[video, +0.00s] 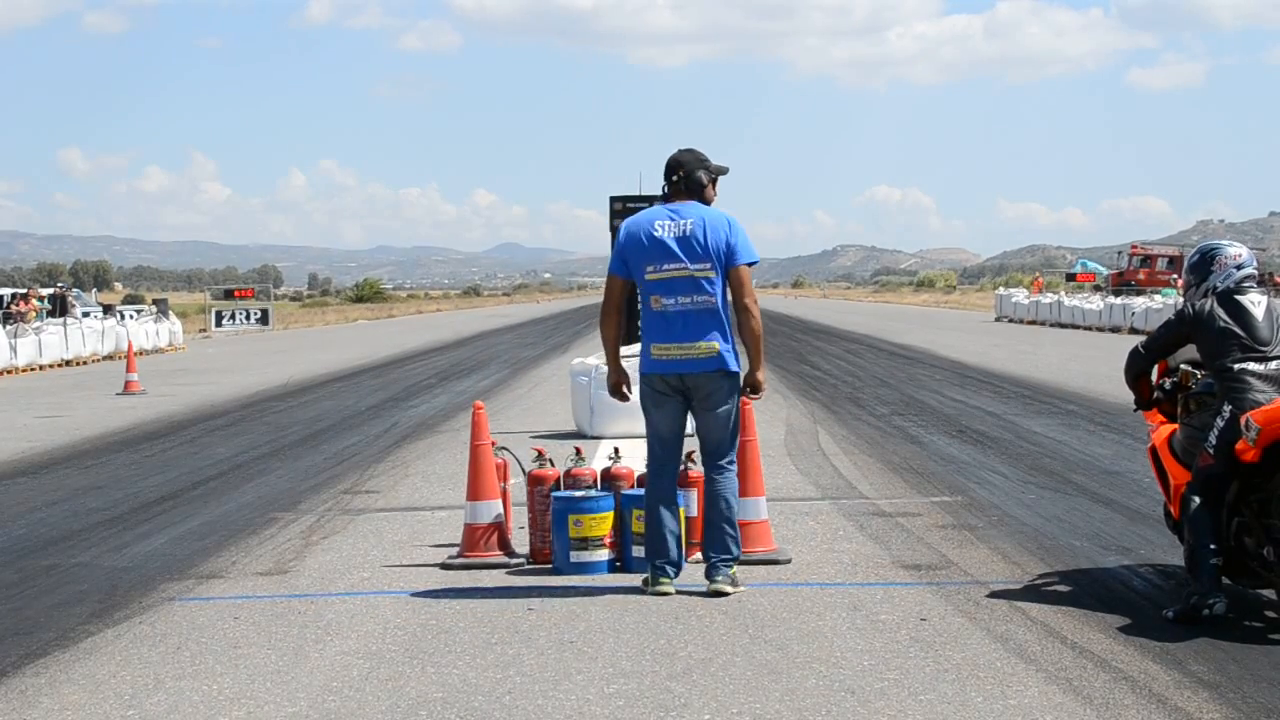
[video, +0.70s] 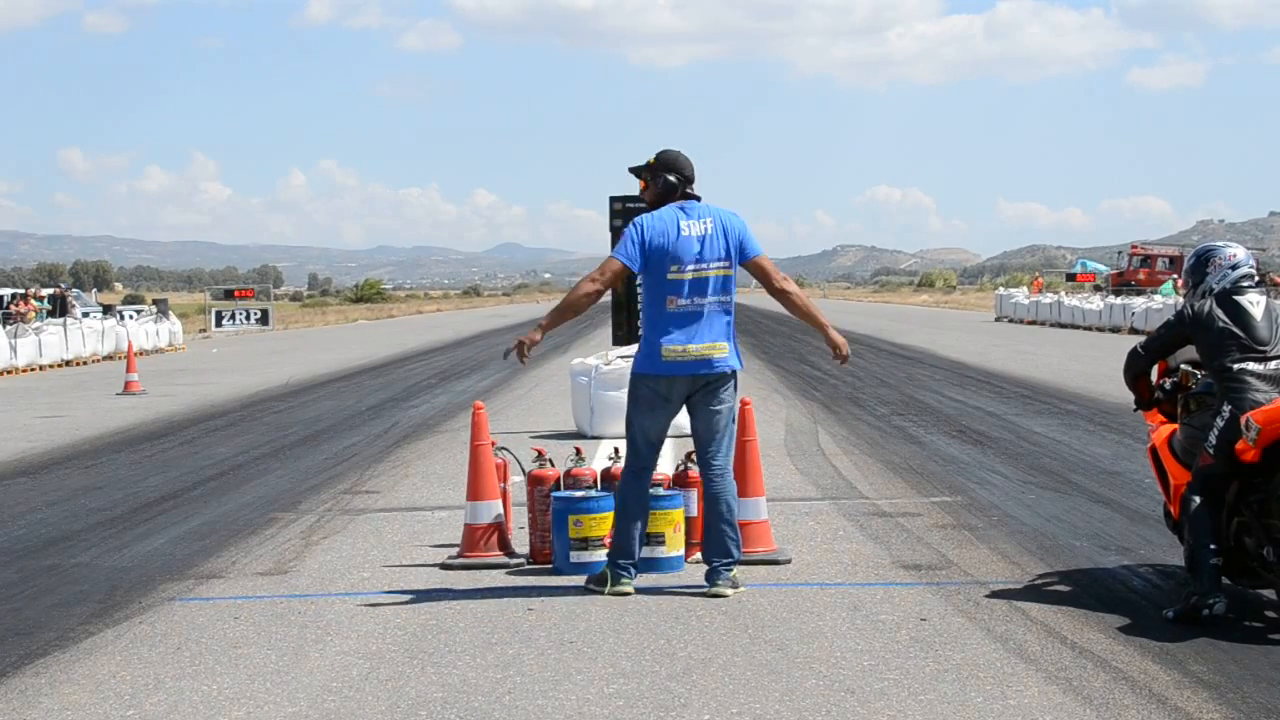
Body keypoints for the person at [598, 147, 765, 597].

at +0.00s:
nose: (716, 191)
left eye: (716, 184)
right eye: (714, 184)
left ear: (668, 183)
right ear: (703, 184)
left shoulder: (633, 229)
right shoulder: (721, 225)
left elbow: (612, 305)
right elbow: (746, 305)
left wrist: (613, 364)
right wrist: (757, 365)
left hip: (658, 366)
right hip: (713, 364)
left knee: (661, 466)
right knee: (720, 463)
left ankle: (661, 571)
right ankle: (720, 568)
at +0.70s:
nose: (641, 191)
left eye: (646, 184)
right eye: (642, 184)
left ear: (663, 184)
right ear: (687, 186)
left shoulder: (645, 227)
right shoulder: (729, 223)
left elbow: (597, 285)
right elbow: (778, 284)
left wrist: (541, 329)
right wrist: (828, 330)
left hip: (659, 365)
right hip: (717, 362)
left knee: (639, 465)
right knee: (717, 466)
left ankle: (621, 570)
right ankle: (721, 571)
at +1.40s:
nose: (580, 191)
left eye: (583, 184)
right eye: (581, 184)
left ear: (597, 185)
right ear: (626, 184)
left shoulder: (579, 227)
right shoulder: (664, 221)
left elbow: (517, 267)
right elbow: (715, 274)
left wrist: (464, 294)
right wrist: (757, 303)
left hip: (603, 362)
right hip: (659, 360)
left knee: (609, 467)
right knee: (663, 462)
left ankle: (616, 570)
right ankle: (667, 569)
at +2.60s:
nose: (566, 198)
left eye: (568, 190)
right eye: (566, 190)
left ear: (585, 187)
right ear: (611, 186)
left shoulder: (568, 230)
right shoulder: (654, 222)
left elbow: (530, 299)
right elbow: (688, 295)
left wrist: (515, 357)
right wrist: (706, 353)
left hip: (595, 366)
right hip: (652, 362)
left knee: (605, 469)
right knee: (659, 462)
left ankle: (616, 571)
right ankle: (667, 567)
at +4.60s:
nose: (528, 184)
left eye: (530, 176)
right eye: (527, 177)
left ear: (546, 177)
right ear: (580, 176)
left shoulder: (526, 227)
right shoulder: (626, 219)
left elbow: (502, 317)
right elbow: (651, 305)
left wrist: (486, 390)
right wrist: (654, 372)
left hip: (554, 375)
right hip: (618, 370)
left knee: (561, 485)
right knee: (630, 476)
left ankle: (569, 604)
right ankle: (646, 587)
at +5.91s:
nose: (577, 171)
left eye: (581, 162)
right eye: (577, 161)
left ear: (598, 165)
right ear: (631, 164)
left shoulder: (584, 219)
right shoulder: (676, 215)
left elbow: (562, 313)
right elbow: (698, 304)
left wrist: (541, 381)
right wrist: (686, 370)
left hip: (607, 380)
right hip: (669, 378)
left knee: (620, 501)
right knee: (659, 495)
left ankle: (639, 630)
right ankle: (653, 609)